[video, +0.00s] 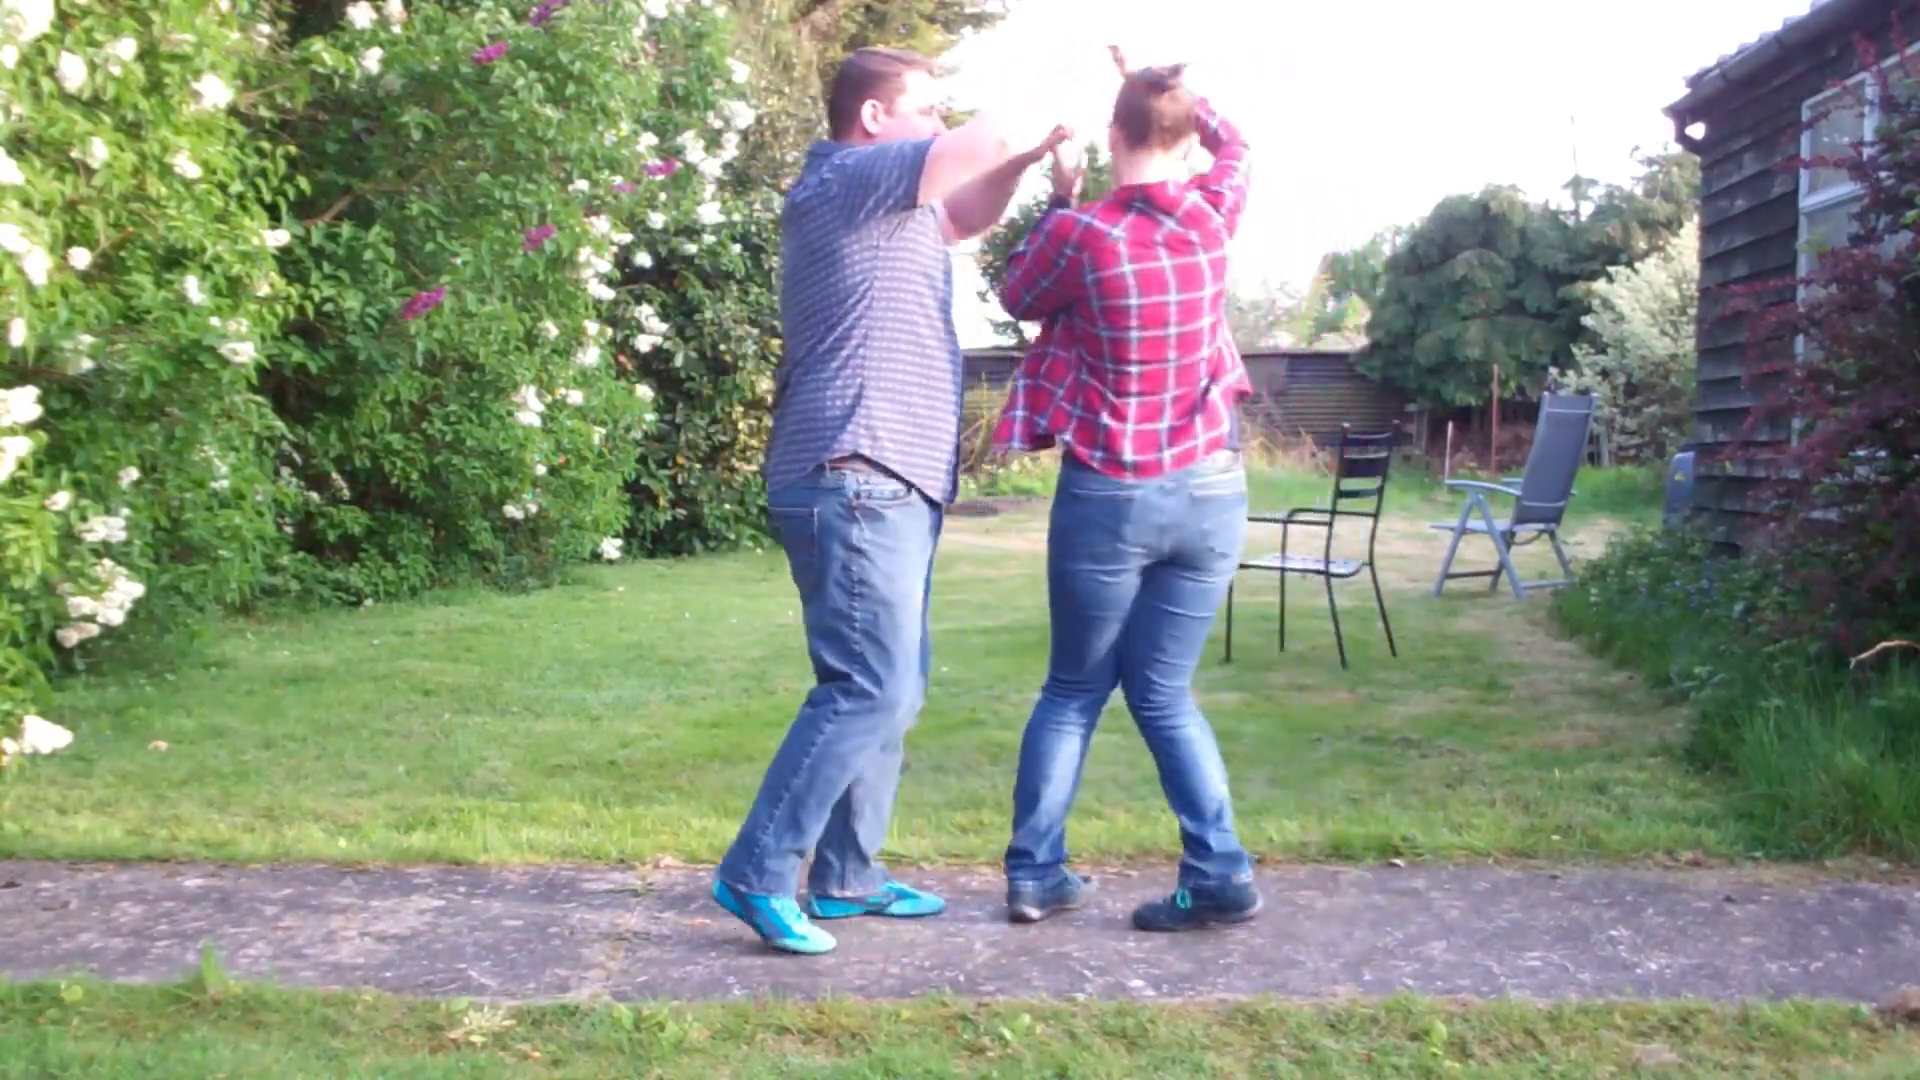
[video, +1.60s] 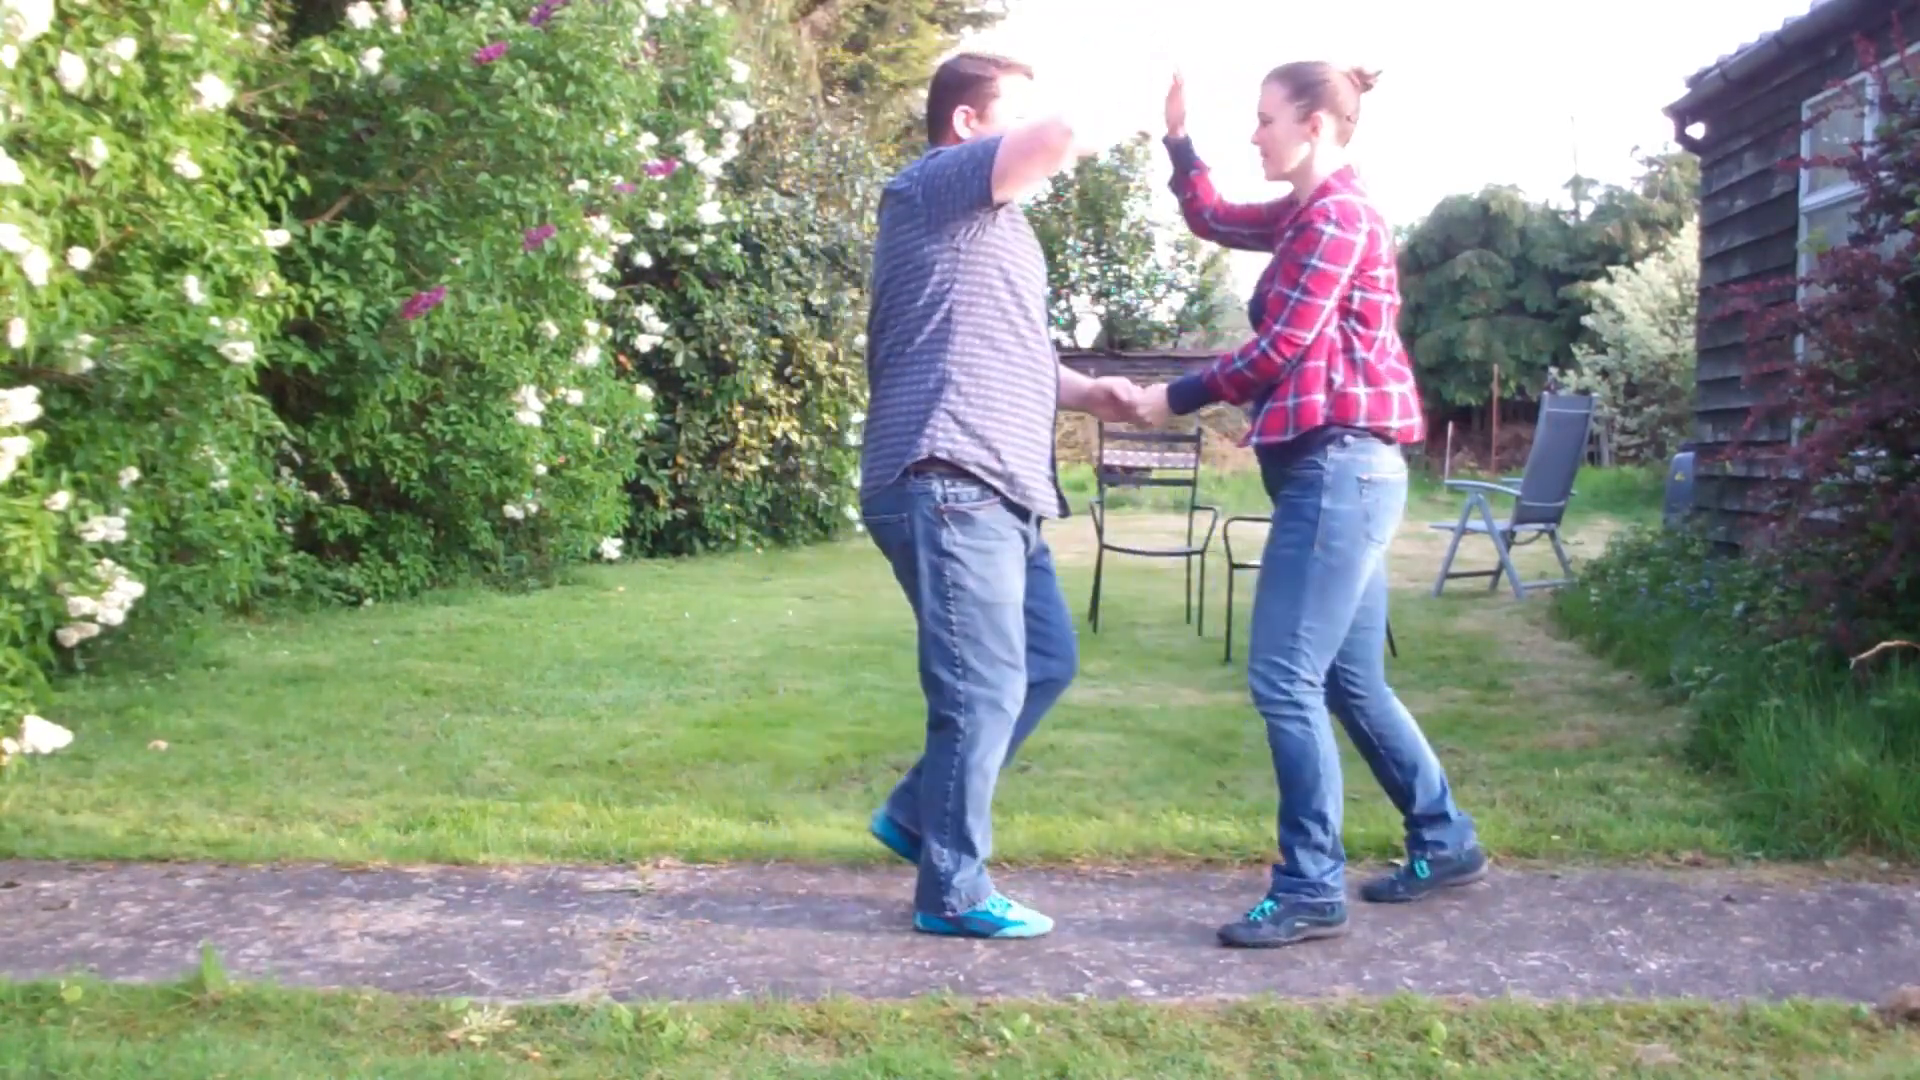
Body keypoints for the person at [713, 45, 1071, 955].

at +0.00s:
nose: (939, 124)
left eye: (937, 110)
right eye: (925, 110)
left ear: (871, 115)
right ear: (874, 114)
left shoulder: (887, 195)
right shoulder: (840, 179)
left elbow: (961, 215)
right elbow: (971, 146)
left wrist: (1027, 159)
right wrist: (1028, 126)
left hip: (895, 480)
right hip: (854, 476)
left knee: (892, 688)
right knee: (871, 689)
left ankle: (845, 873)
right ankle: (757, 871)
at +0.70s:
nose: (919, 130)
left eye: (921, 115)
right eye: (907, 114)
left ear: (874, 122)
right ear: (852, 117)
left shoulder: (892, 186)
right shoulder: (793, 192)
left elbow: (982, 129)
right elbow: (843, 250)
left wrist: (1046, 33)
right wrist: (965, 192)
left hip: (863, 481)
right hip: (800, 478)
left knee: (819, 675)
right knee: (852, 668)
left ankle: (797, 863)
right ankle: (762, 870)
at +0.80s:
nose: (923, 134)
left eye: (924, 119)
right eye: (911, 118)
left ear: (873, 124)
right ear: (855, 121)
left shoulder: (891, 189)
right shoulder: (800, 206)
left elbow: (985, 144)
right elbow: (830, 321)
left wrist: (1031, 64)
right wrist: (953, 326)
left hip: (858, 474)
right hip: (801, 471)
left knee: (806, 668)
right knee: (877, 659)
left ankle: (787, 857)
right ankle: (790, 864)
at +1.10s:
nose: (946, 142)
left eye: (944, 124)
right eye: (934, 123)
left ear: (885, 125)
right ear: (881, 123)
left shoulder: (899, 201)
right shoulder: (848, 207)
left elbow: (1004, 238)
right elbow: (921, 352)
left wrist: (1047, 205)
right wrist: (974, 345)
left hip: (854, 475)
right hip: (824, 474)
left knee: (809, 682)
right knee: (880, 676)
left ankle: (787, 877)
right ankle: (923, 881)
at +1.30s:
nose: (972, 144)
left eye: (972, 128)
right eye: (961, 126)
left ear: (908, 124)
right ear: (910, 121)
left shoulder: (911, 205)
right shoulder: (879, 191)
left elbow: (996, 292)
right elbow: (1013, 250)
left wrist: (1069, 300)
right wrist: (1024, 191)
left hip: (877, 478)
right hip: (872, 478)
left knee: (844, 686)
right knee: (918, 682)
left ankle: (794, 873)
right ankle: (943, 887)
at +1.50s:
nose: (1014, 125)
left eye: (1012, 110)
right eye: (999, 108)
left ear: (956, 120)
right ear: (948, 117)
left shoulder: (978, 220)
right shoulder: (911, 183)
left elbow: (1003, 350)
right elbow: (1044, 162)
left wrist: (1092, 365)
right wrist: (1111, 120)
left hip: (971, 478)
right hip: (921, 471)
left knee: (979, 673)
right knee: (958, 680)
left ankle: (847, 822)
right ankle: (951, 889)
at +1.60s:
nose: (1039, 118)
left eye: (1035, 102)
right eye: (1022, 103)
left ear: (976, 119)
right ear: (969, 118)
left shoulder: (1003, 227)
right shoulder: (926, 187)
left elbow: (1012, 361)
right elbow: (1056, 137)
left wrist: (1097, 389)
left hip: (1003, 489)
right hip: (945, 477)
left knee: (1045, 662)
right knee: (977, 688)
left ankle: (916, 810)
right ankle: (952, 889)